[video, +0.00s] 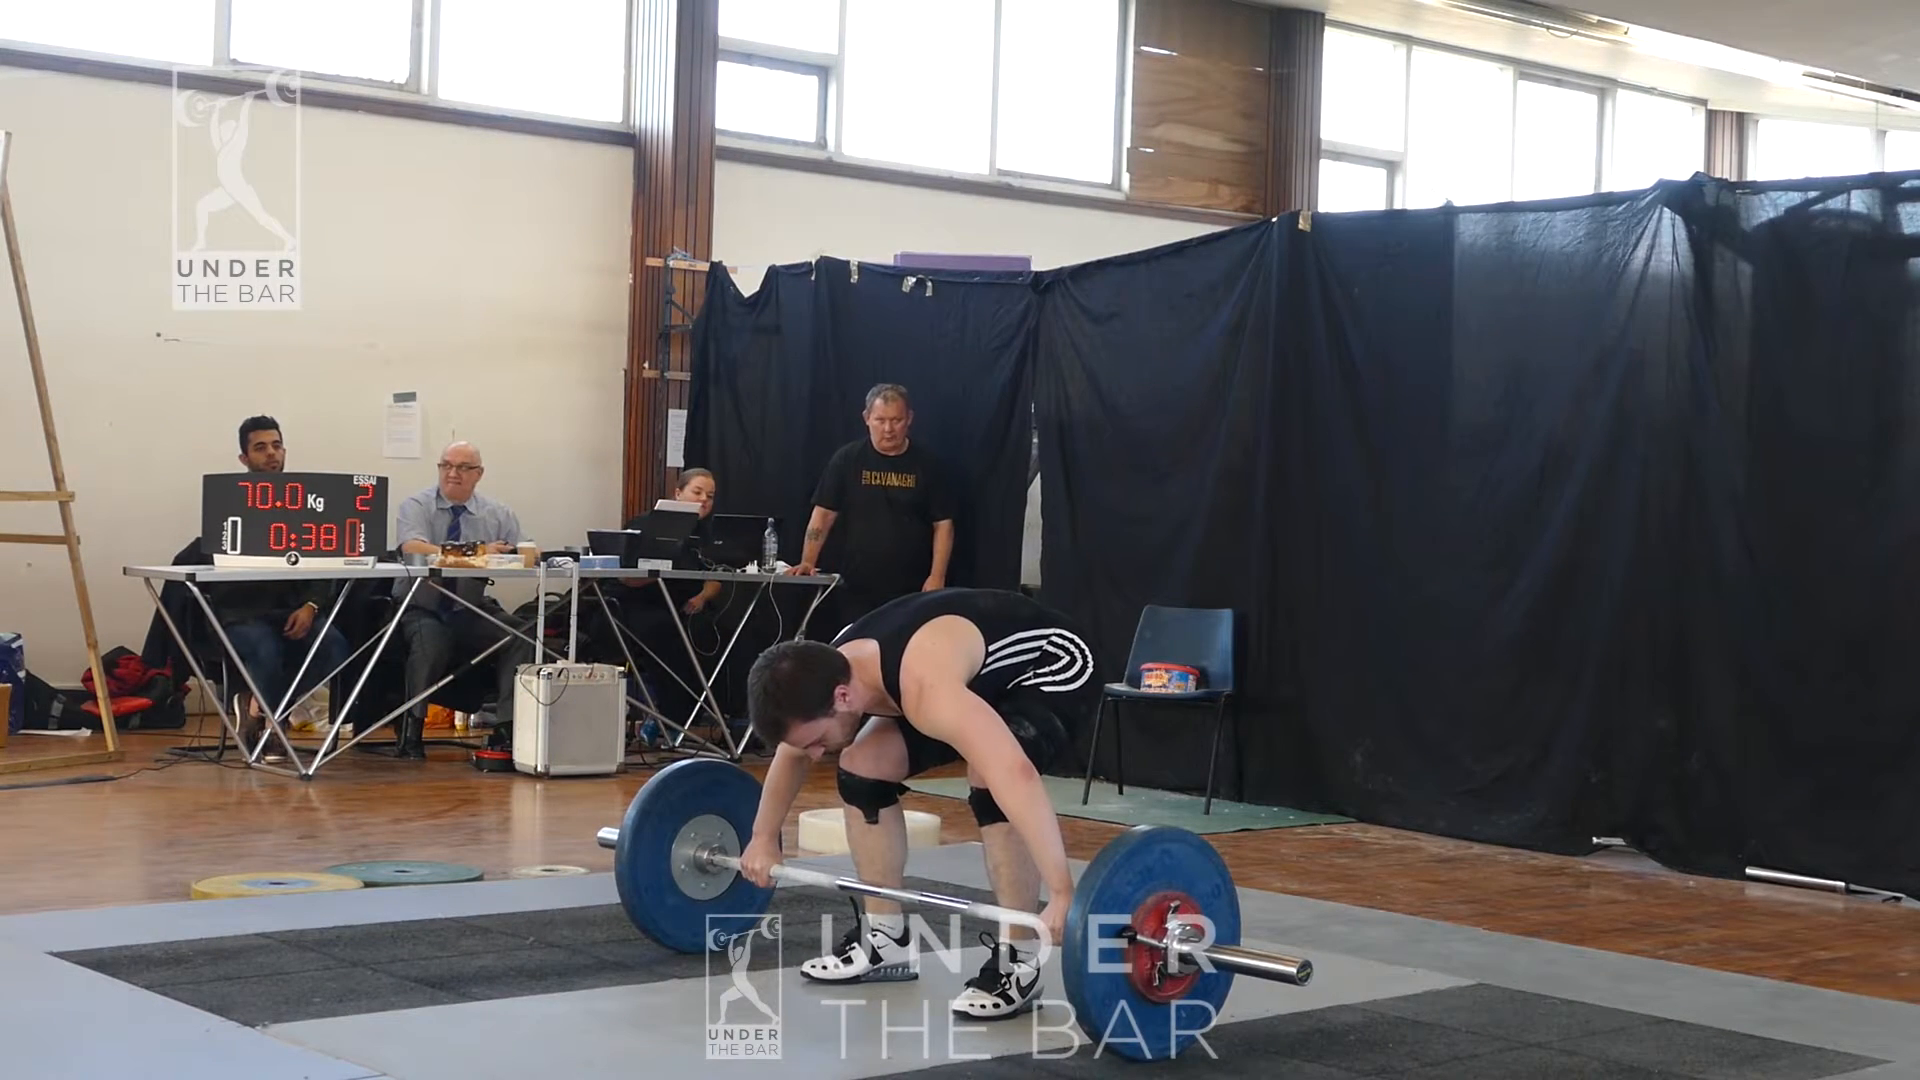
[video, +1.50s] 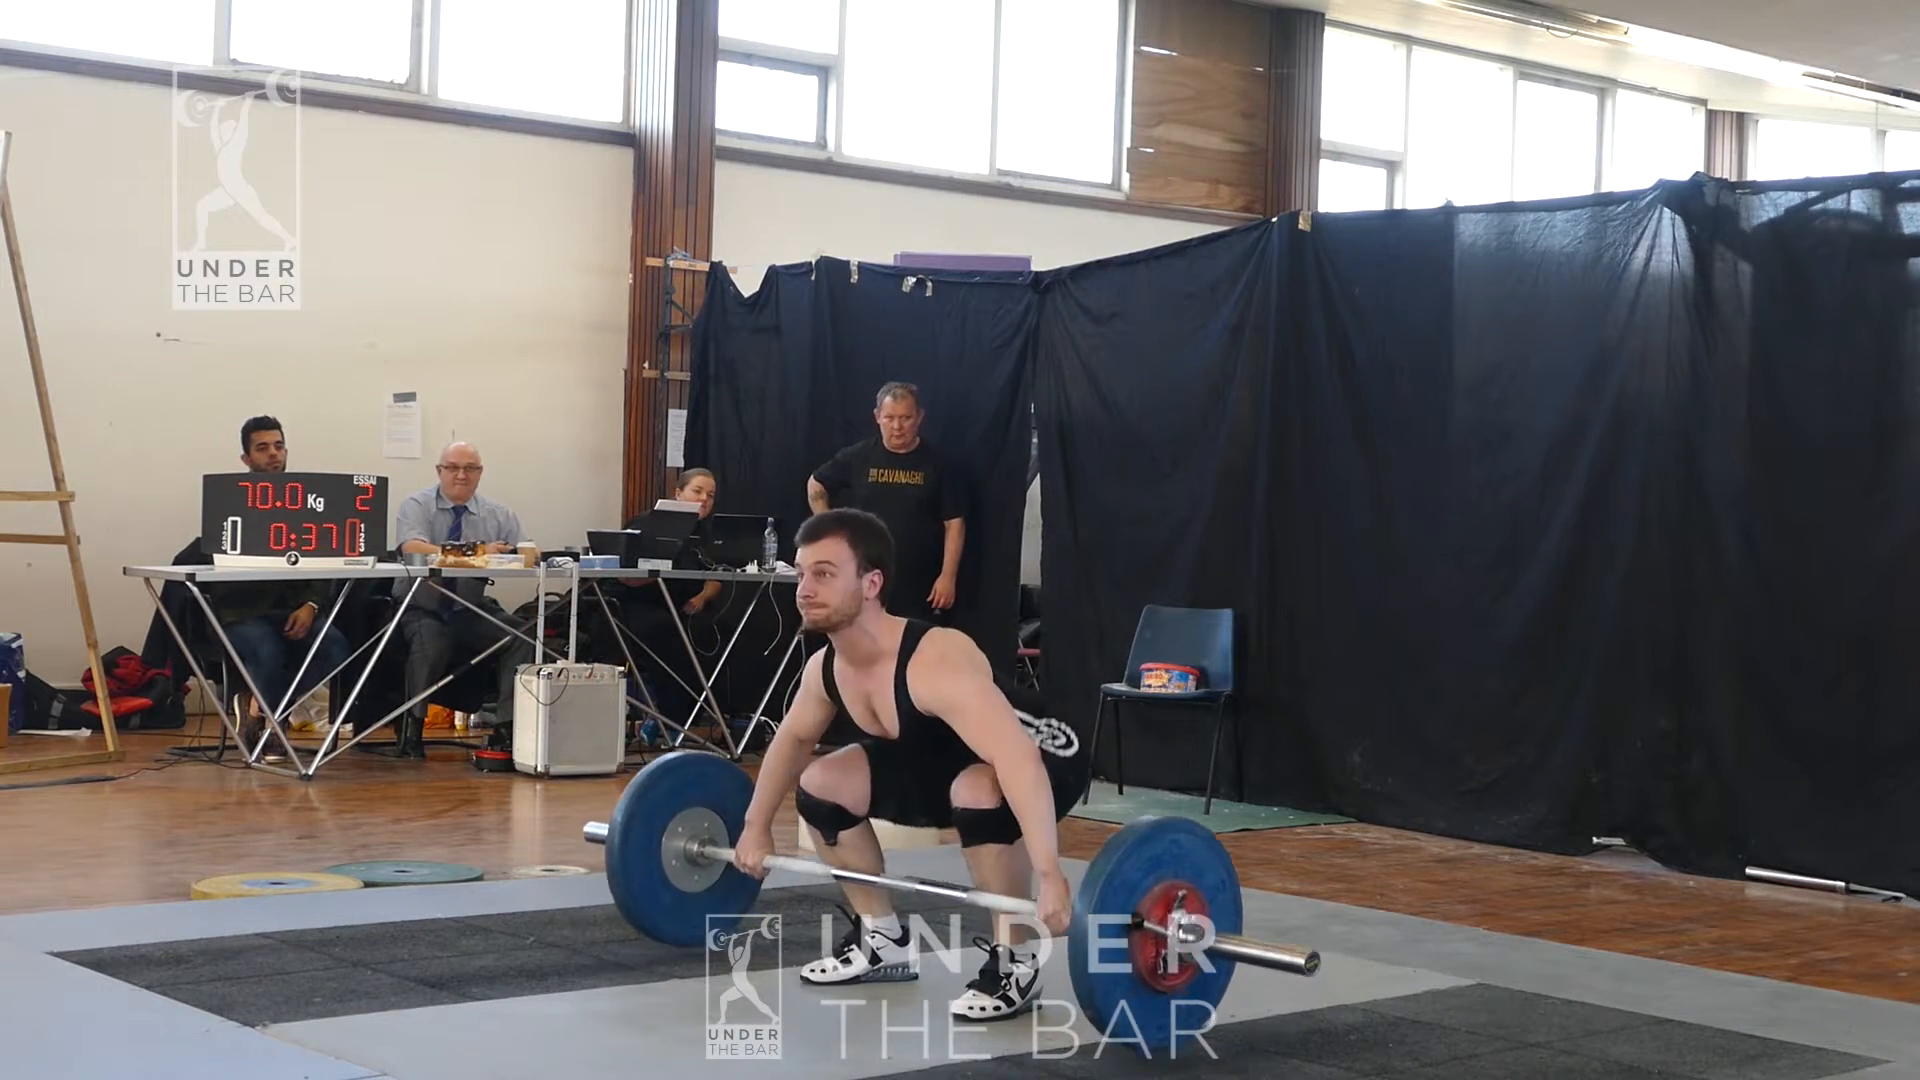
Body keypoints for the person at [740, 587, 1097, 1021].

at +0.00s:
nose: (814, 754)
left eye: (817, 740)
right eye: (801, 747)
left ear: (843, 697)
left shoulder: (931, 690)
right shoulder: (831, 671)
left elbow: (1016, 774)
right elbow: (793, 753)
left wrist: (1061, 890)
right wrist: (763, 835)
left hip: (1056, 666)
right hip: (976, 677)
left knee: (991, 782)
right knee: (863, 768)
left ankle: (1019, 961)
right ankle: (886, 941)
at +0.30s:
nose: (816, 753)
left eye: (821, 739)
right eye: (804, 747)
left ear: (846, 696)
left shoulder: (934, 690)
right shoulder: (835, 668)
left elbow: (1018, 773)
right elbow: (796, 751)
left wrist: (1062, 888)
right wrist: (764, 835)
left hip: (1060, 666)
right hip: (980, 677)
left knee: (992, 783)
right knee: (867, 769)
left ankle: (1019, 960)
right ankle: (886, 941)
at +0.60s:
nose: (816, 746)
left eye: (821, 731)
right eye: (804, 739)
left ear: (848, 690)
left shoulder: (936, 684)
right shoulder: (834, 668)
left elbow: (1019, 772)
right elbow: (798, 751)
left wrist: (1060, 889)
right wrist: (764, 835)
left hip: (1063, 664)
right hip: (982, 673)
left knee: (995, 779)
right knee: (870, 769)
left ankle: (1020, 959)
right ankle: (888, 941)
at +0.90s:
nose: (801, 690)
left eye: (807, 675)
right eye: (791, 680)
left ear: (846, 638)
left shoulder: (937, 677)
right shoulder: (829, 677)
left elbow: (1015, 769)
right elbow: (795, 752)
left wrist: (1052, 890)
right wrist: (760, 833)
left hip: (1057, 750)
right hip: (961, 754)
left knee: (976, 788)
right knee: (832, 780)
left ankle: (1018, 962)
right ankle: (886, 942)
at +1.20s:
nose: (806, 601)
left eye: (823, 583)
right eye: (801, 586)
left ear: (873, 584)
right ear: (798, 589)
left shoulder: (940, 664)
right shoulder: (827, 677)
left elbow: (1012, 769)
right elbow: (796, 751)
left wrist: (1050, 886)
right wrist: (760, 832)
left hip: (1037, 782)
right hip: (940, 781)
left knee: (972, 797)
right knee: (820, 787)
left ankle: (1015, 959)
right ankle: (883, 938)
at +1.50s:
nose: (804, 589)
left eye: (823, 574)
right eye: (800, 574)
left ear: (871, 584)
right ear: (796, 579)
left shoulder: (938, 659)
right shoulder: (823, 671)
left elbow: (1021, 759)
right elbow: (794, 739)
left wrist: (1049, 871)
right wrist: (756, 824)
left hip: (1035, 761)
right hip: (939, 763)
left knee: (976, 790)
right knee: (822, 786)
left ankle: (1012, 960)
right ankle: (883, 938)